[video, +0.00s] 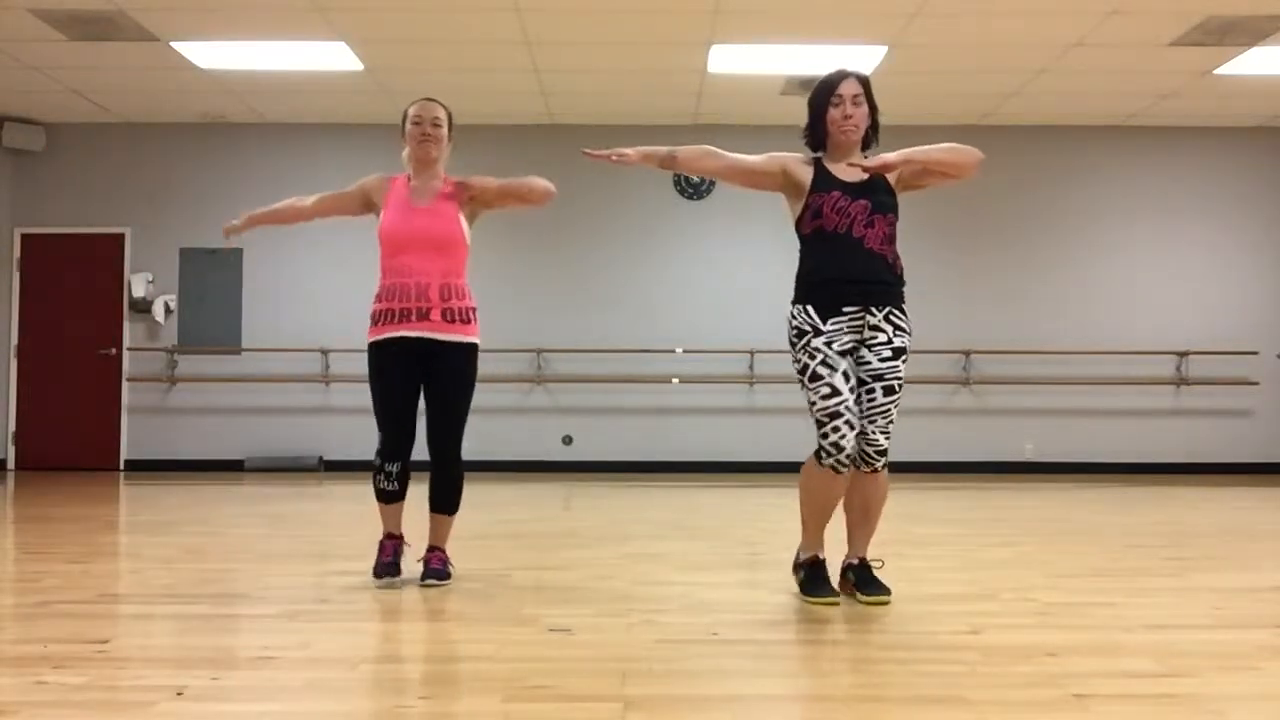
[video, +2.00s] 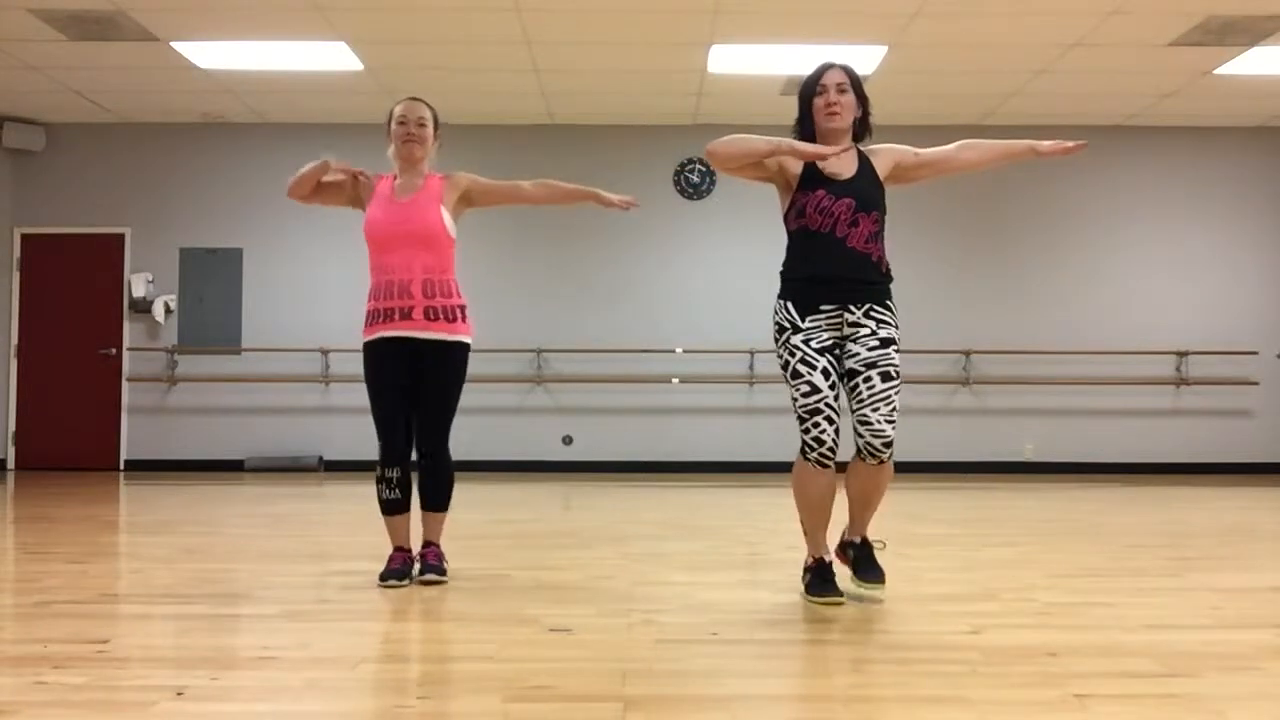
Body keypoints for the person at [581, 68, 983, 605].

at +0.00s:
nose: (848, 111)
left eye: (857, 102)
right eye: (838, 103)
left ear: (871, 114)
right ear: (819, 114)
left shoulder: (891, 174)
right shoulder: (798, 171)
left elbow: (972, 159)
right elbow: (721, 162)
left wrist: (902, 160)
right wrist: (647, 156)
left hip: (884, 319)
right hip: (820, 320)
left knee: (874, 444)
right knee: (839, 440)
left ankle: (858, 563)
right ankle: (811, 557)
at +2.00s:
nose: (832, 99)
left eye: (842, 91)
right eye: (823, 92)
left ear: (860, 105)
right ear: (807, 107)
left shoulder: (881, 159)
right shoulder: (787, 163)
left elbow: (957, 152)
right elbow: (715, 151)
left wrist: (1032, 147)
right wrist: (789, 147)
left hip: (870, 314)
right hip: (804, 314)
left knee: (878, 435)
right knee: (821, 434)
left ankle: (855, 539)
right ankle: (816, 560)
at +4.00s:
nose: (846, 101)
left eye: (855, 93)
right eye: (834, 94)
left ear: (869, 105)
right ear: (817, 107)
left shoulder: (887, 155)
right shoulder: (795, 158)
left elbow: (958, 112)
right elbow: (727, 118)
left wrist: (1027, 76)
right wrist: (657, 75)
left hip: (879, 315)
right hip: (813, 316)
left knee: (870, 437)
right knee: (824, 434)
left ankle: (854, 553)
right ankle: (811, 554)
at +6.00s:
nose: (858, 100)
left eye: (864, 90)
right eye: (845, 96)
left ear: (881, 100)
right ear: (830, 113)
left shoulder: (908, 165)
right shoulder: (814, 172)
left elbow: (947, 229)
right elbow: (771, 242)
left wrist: (968, 266)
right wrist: (715, 269)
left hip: (897, 320)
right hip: (830, 321)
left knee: (889, 446)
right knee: (844, 444)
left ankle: (867, 567)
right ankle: (828, 563)